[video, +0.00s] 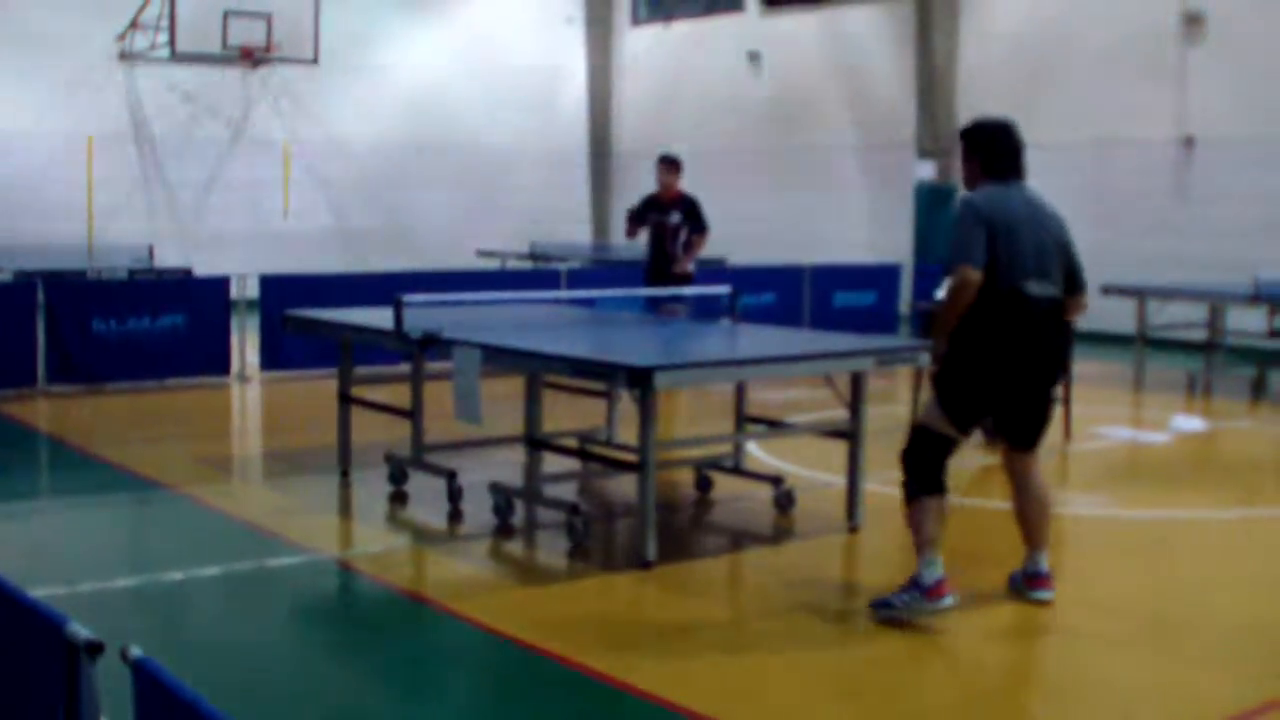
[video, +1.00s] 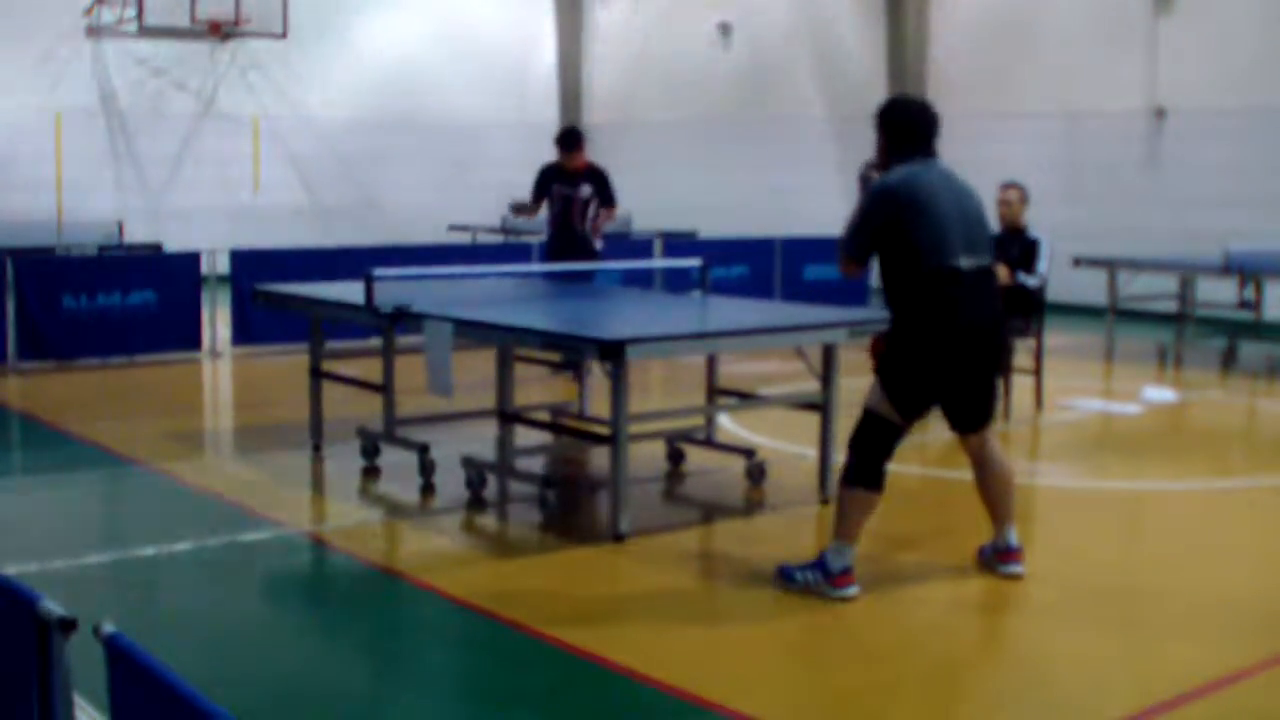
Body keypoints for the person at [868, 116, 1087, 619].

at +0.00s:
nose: (961, 169)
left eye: (963, 160)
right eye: (963, 160)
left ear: (974, 163)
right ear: (1016, 161)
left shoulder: (976, 208)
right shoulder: (1046, 216)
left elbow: (968, 278)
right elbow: (1076, 299)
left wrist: (942, 321)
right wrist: (1034, 327)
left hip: (983, 351)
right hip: (1040, 356)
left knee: (924, 452)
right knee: (1023, 457)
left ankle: (929, 576)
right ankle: (1038, 568)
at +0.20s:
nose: (908, 183)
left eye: (911, 175)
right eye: (909, 175)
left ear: (920, 178)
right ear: (965, 175)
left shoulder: (916, 219)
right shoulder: (994, 225)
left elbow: (911, 291)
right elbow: (1027, 300)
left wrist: (901, 350)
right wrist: (1004, 348)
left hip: (938, 369)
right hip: (995, 372)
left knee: (890, 473)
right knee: (992, 465)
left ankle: (847, 587)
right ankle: (1016, 570)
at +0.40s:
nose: (858, 189)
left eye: (860, 181)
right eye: (859, 181)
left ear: (868, 182)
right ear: (914, 176)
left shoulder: (868, 225)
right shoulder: (948, 223)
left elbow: (850, 304)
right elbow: (986, 296)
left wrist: (844, 345)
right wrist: (959, 335)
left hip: (907, 369)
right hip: (972, 367)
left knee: (845, 453)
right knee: (977, 462)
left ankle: (833, 580)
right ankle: (1010, 561)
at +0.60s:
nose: (838, 170)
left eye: (839, 162)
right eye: (840, 161)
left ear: (847, 164)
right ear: (890, 155)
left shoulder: (854, 207)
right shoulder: (925, 199)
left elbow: (820, 279)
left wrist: (817, 231)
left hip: (901, 349)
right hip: (964, 345)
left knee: (843, 436)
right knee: (977, 447)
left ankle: (833, 565)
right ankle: (1009, 547)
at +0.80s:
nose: (853, 158)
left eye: (855, 150)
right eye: (855, 150)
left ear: (862, 152)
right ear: (906, 142)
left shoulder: (869, 197)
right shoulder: (937, 188)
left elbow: (832, 270)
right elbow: (939, 276)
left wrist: (850, 199)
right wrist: (885, 344)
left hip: (918, 341)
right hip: (976, 339)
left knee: (857, 438)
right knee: (979, 439)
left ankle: (834, 561)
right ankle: (1009, 544)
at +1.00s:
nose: (876, 145)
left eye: (879, 137)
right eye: (881, 136)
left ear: (885, 142)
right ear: (931, 138)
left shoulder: (888, 192)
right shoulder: (959, 188)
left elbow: (851, 264)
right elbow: (982, 267)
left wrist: (869, 197)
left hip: (921, 339)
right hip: (979, 338)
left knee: (869, 444)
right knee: (979, 438)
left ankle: (837, 562)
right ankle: (1007, 544)